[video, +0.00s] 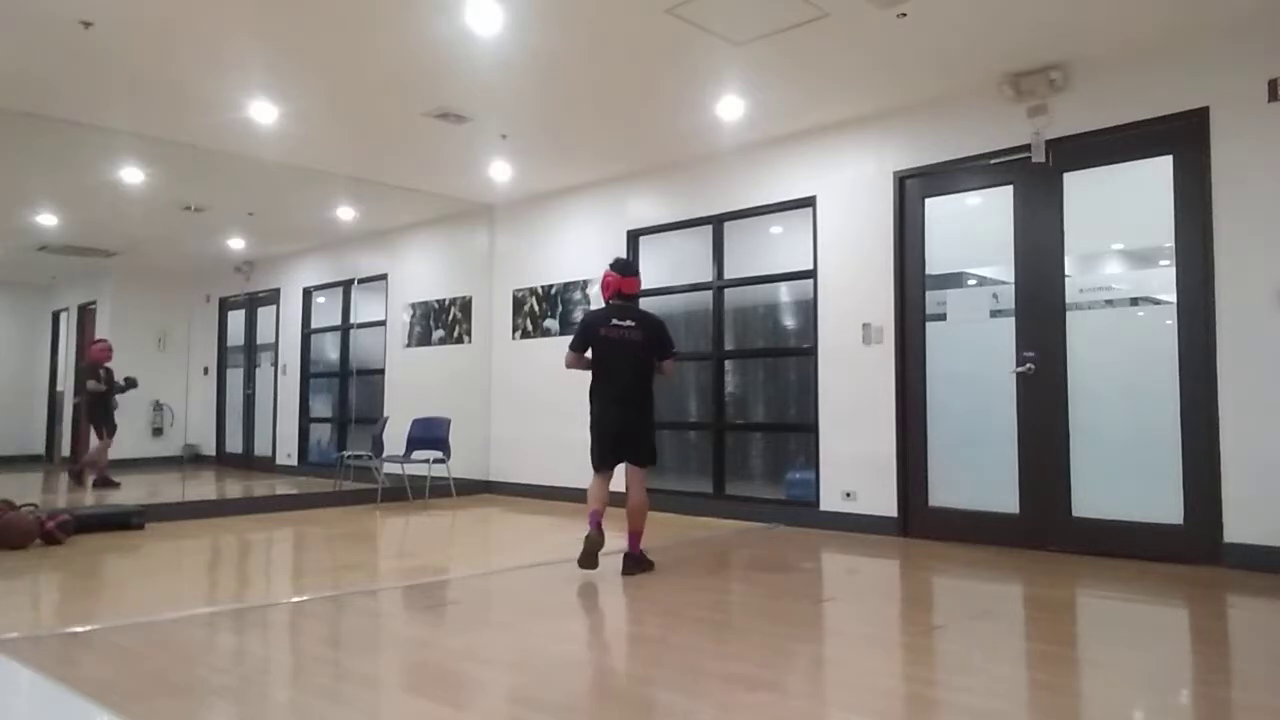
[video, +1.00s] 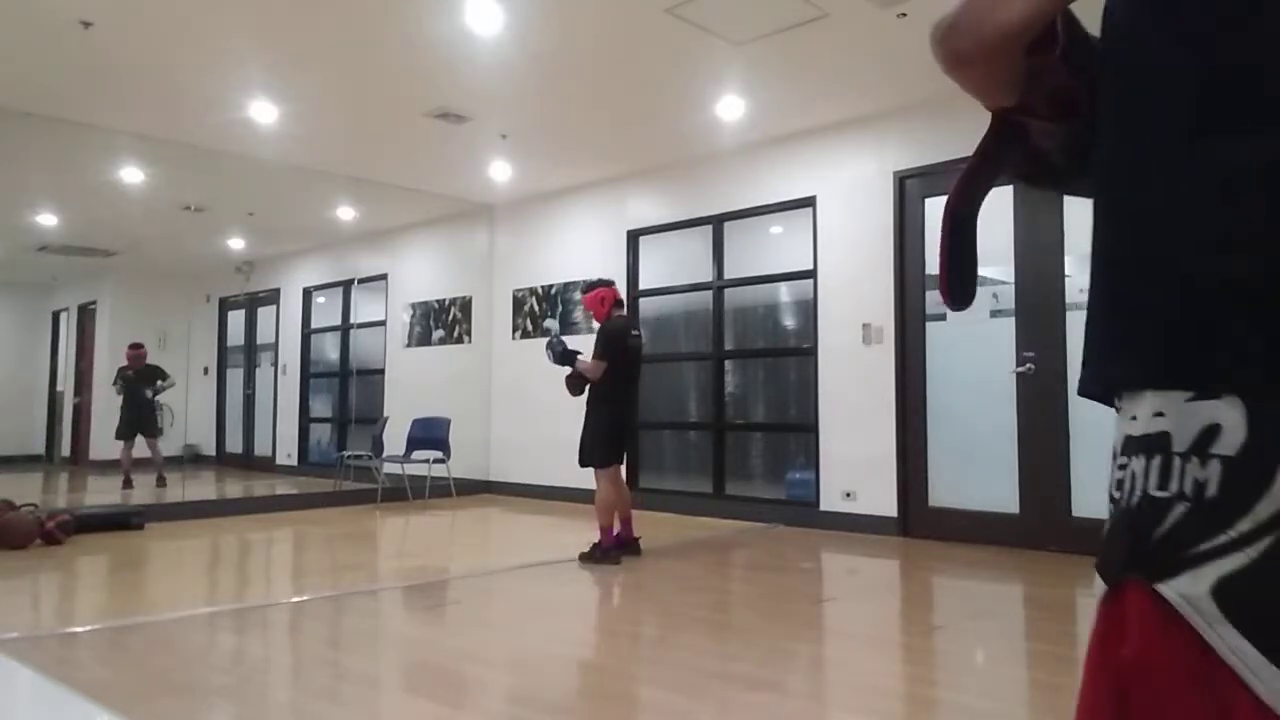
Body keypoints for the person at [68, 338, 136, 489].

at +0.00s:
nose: (107, 354)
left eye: (109, 350)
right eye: (103, 350)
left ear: (111, 352)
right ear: (94, 353)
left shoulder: (108, 371)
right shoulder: (88, 369)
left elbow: (112, 388)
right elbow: (90, 386)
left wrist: (125, 386)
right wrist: (109, 388)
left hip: (106, 408)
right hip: (94, 408)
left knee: (107, 441)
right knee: (104, 441)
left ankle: (102, 475)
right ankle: (79, 468)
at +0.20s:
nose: (115, 354)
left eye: (117, 350)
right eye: (112, 350)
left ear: (120, 352)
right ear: (104, 352)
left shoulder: (120, 370)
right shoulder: (98, 368)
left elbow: (131, 386)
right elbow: (96, 382)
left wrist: (136, 377)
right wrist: (115, 382)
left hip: (116, 411)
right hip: (103, 410)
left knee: (114, 441)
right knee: (111, 441)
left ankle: (105, 475)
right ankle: (109, 475)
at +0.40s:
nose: (121, 355)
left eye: (124, 351)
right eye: (117, 352)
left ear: (127, 353)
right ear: (110, 354)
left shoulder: (128, 372)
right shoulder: (105, 370)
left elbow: (142, 384)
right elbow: (101, 383)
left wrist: (142, 376)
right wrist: (118, 382)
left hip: (125, 413)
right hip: (113, 413)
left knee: (117, 445)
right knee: (119, 445)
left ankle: (102, 475)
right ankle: (126, 476)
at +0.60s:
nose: (127, 356)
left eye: (129, 352)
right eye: (123, 353)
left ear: (133, 354)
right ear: (116, 355)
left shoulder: (136, 371)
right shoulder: (111, 371)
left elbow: (157, 377)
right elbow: (111, 390)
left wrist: (141, 374)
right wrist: (126, 379)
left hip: (135, 413)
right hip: (119, 413)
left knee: (142, 442)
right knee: (123, 444)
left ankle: (118, 467)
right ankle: (124, 475)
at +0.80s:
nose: (135, 359)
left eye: (136, 356)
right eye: (132, 356)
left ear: (139, 356)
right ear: (123, 357)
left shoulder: (144, 370)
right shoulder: (115, 371)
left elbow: (163, 380)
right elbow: (114, 387)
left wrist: (153, 385)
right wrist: (124, 379)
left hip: (142, 411)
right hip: (124, 412)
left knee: (153, 438)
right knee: (125, 445)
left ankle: (146, 470)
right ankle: (126, 477)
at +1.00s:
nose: (131, 362)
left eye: (134, 358)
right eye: (129, 358)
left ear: (143, 358)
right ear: (127, 357)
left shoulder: (153, 370)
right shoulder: (123, 371)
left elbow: (171, 381)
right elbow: (118, 390)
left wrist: (156, 391)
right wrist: (123, 382)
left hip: (147, 413)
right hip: (129, 413)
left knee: (152, 444)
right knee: (127, 445)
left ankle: (160, 475)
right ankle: (127, 478)